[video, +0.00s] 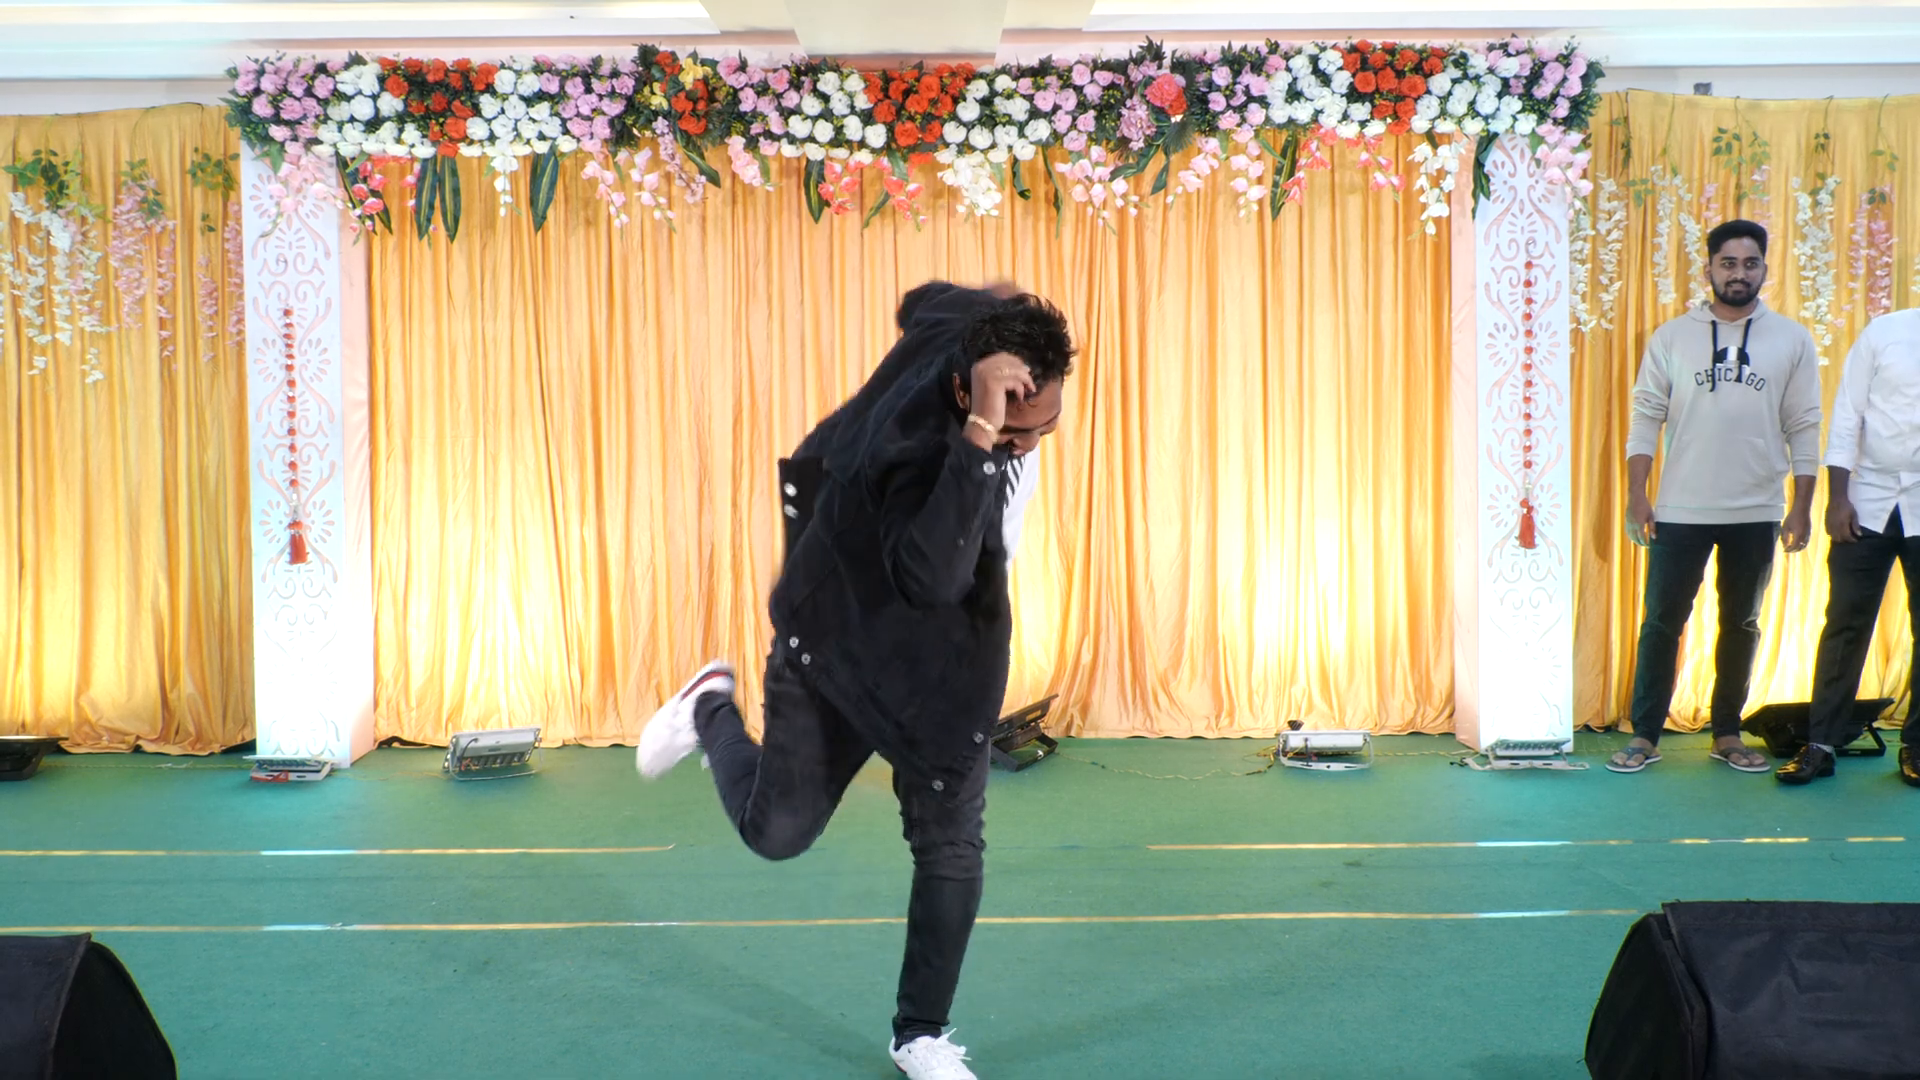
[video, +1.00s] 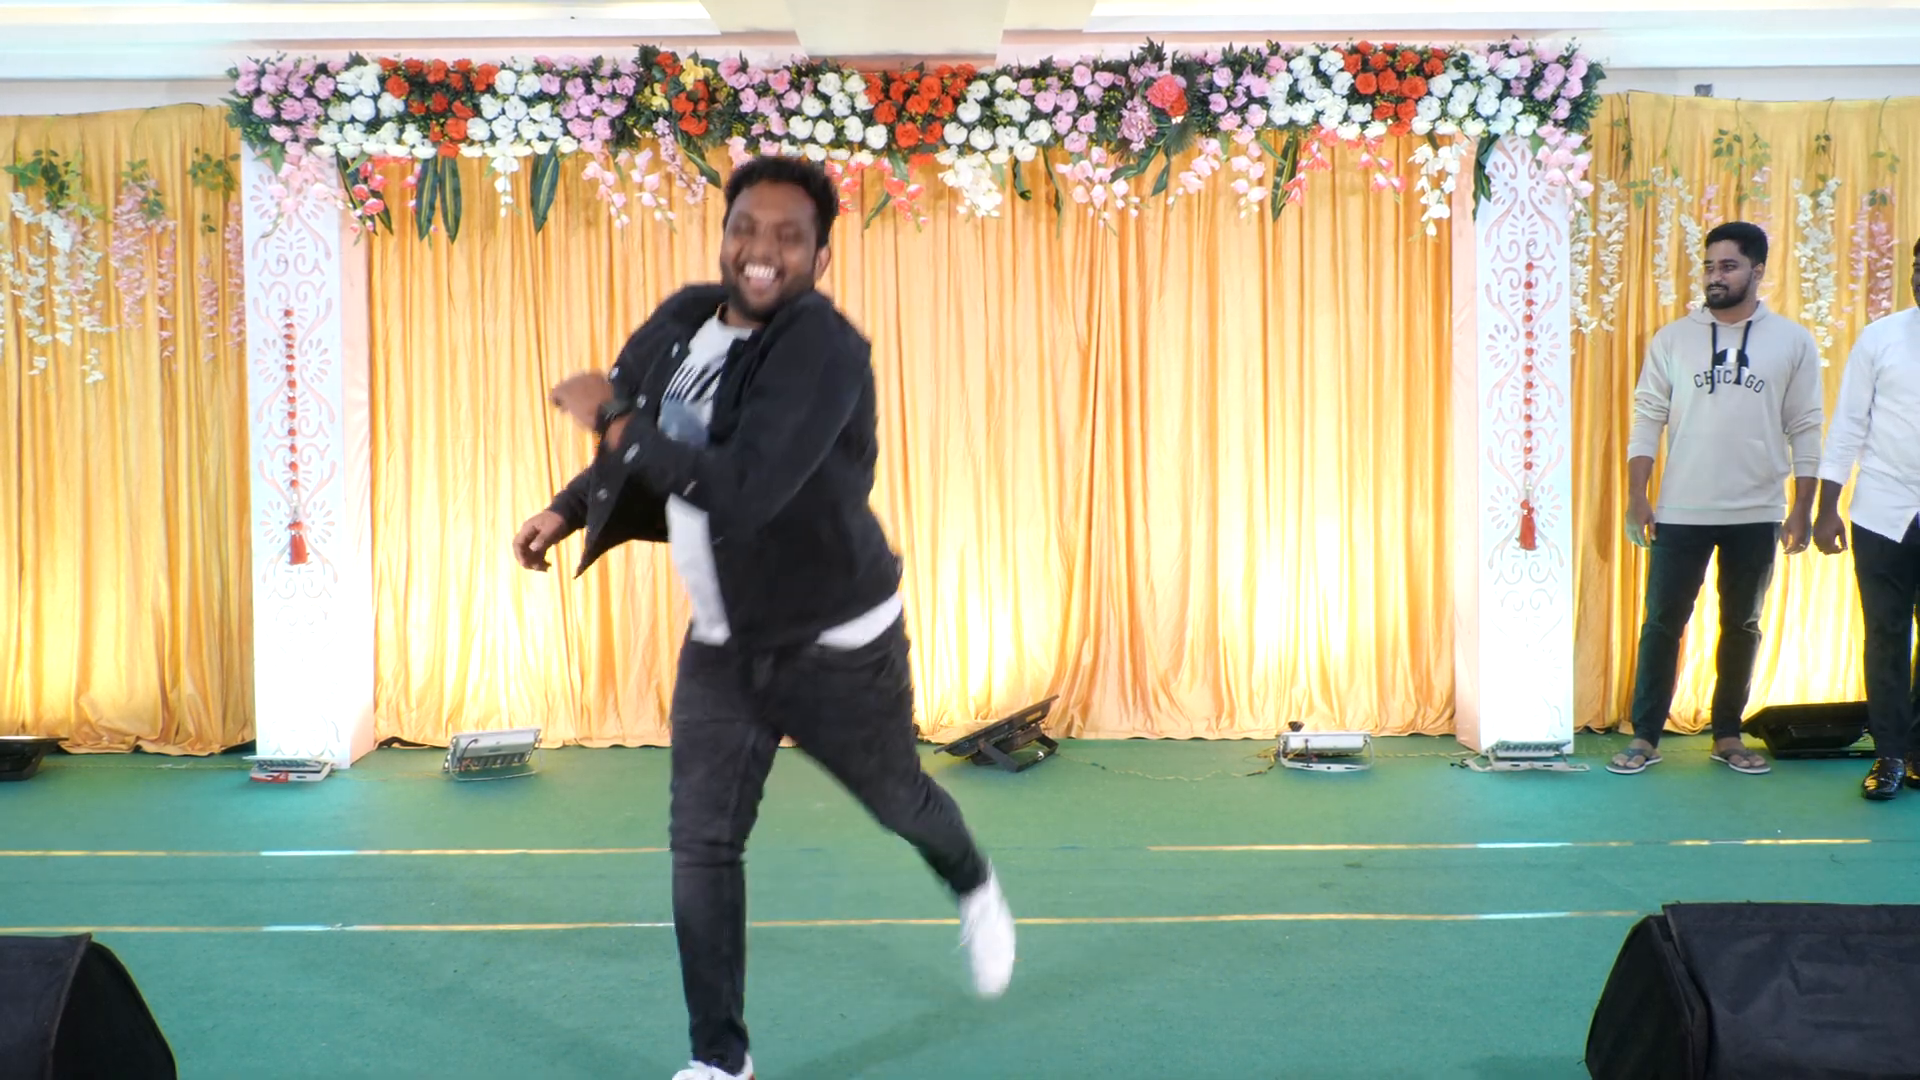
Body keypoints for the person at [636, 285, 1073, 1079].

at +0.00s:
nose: (1042, 436)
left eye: (1051, 420)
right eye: (1029, 422)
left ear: (1055, 383)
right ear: (973, 395)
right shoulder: (912, 445)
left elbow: (929, 301)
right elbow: (936, 576)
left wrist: (994, 306)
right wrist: (975, 444)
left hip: (944, 667)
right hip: (835, 648)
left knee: (951, 846)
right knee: (778, 831)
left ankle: (922, 1033)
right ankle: (707, 709)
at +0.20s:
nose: (1014, 383)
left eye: (1025, 369)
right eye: (1008, 365)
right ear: (979, 341)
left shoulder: (1002, 294)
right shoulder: (909, 365)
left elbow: (983, 196)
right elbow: (946, 471)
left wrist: (1041, 251)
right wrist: (1050, 360)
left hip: (928, 600)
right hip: (819, 589)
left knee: (930, 798)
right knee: (762, 774)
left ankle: (921, 1014)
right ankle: (744, 844)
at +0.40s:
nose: (993, 394)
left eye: (1005, 370)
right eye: (969, 378)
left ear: (1017, 343)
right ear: (921, 365)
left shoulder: (961, 335)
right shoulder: (922, 481)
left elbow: (1034, 255)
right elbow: (949, 656)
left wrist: (1162, 195)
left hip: (934, 675)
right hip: (832, 677)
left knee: (962, 863)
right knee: (760, 821)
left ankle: (909, 1041)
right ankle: (706, 799)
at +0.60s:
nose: (928, 342)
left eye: (942, 323)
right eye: (904, 322)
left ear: (957, 332)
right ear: (857, 335)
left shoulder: (996, 407)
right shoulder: (789, 458)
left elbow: (1147, 480)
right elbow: (738, 616)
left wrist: (1110, 416)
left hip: (937, 688)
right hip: (824, 695)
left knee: (937, 883)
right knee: (816, 886)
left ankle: (907, 1042)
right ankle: (754, 798)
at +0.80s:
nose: (846, 255)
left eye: (867, 241)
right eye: (826, 236)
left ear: (889, 259)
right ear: (792, 249)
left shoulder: (913, 343)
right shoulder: (738, 350)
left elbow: (938, 457)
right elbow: (649, 434)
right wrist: (590, 553)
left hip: (896, 629)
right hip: (777, 604)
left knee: (898, 832)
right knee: (724, 782)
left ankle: (906, 1033)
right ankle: (742, 941)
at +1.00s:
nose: (761, 252)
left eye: (787, 237)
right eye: (745, 231)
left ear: (820, 252)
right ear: (723, 235)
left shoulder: (826, 349)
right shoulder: (682, 319)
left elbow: (742, 489)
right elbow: (637, 439)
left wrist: (618, 424)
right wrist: (569, 510)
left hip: (839, 640)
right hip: (723, 646)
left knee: (902, 801)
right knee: (701, 845)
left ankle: (977, 888)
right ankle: (718, 1058)